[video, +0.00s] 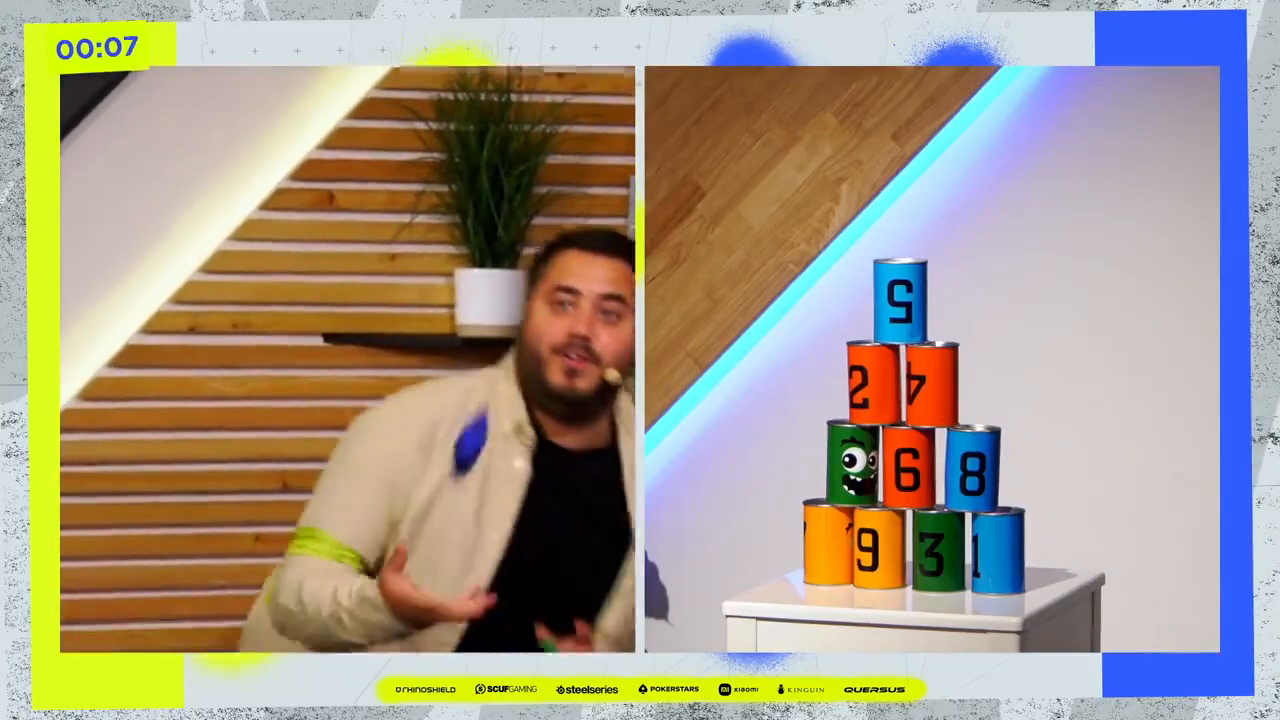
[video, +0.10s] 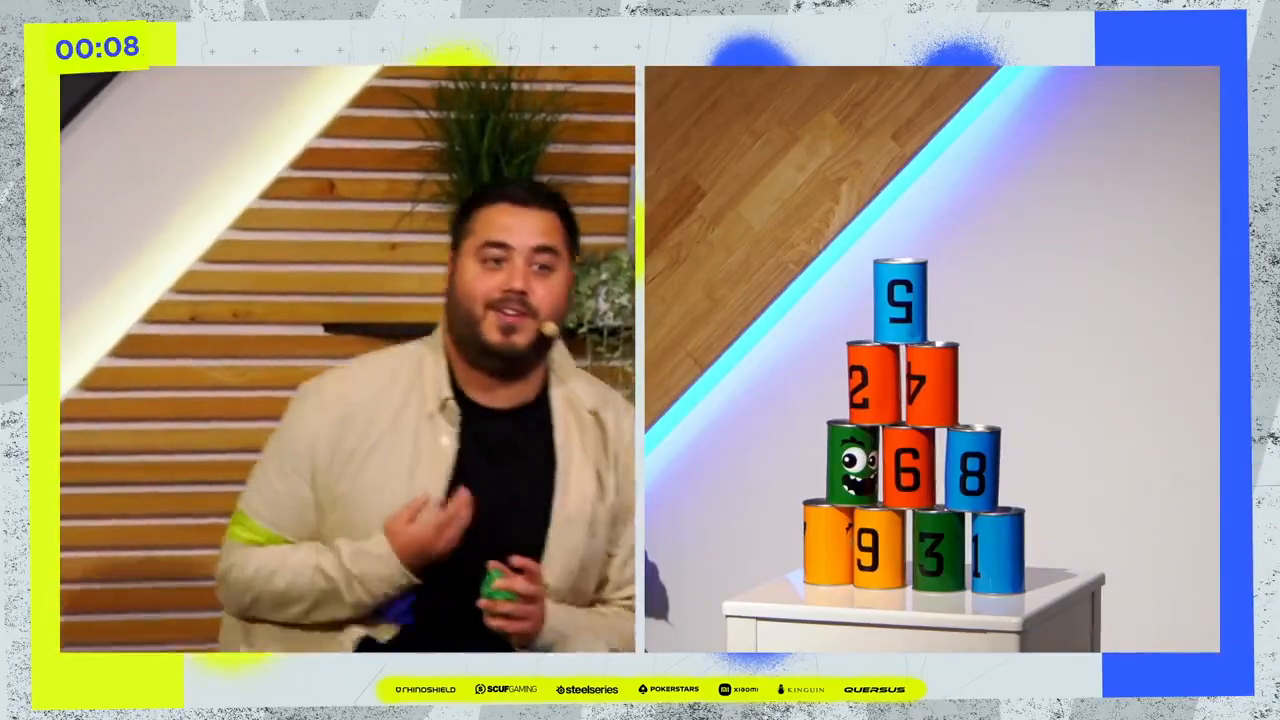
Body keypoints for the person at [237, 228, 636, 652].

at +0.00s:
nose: (581, 331)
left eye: (611, 312)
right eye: (563, 303)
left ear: (638, 339)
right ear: (526, 313)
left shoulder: (659, 453)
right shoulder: (409, 428)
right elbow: (297, 592)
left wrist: (617, 662)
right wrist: (383, 608)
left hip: (588, 705)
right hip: (412, 699)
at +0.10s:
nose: (517, 284)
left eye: (543, 265)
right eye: (494, 260)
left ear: (568, 286)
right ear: (452, 270)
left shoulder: (616, 431)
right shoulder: (335, 406)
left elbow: (636, 626)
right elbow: (242, 577)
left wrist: (549, 624)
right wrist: (385, 562)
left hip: (538, 705)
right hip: (344, 704)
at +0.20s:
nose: (469, 275)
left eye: (491, 253)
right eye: (442, 250)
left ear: (515, 274)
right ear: (394, 267)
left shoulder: (576, 417)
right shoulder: (289, 404)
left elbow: (611, 602)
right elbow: (193, 568)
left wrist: (510, 643)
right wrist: (338, 576)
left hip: (500, 708)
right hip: (317, 703)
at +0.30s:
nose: (446, 271)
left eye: (465, 247)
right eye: (417, 247)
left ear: (488, 265)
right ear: (363, 268)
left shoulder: (548, 409)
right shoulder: (259, 406)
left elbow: (572, 588)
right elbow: (162, 551)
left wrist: (487, 687)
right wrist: (294, 636)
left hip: (471, 709)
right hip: (288, 710)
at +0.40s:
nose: (446, 277)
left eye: (464, 251)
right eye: (415, 252)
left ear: (483, 262)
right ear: (357, 264)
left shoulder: (528, 397)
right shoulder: (252, 403)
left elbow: (551, 573)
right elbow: (144, 552)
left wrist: (508, 687)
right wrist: (285, 652)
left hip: (455, 705)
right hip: (277, 710)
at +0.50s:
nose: (456, 293)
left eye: (474, 266)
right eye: (427, 266)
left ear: (491, 269)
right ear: (366, 266)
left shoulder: (509, 385)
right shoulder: (260, 402)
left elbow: (538, 561)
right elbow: (149, 566)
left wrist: (521, 685)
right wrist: (309, 668)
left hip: (451, 704)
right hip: (275, 710)